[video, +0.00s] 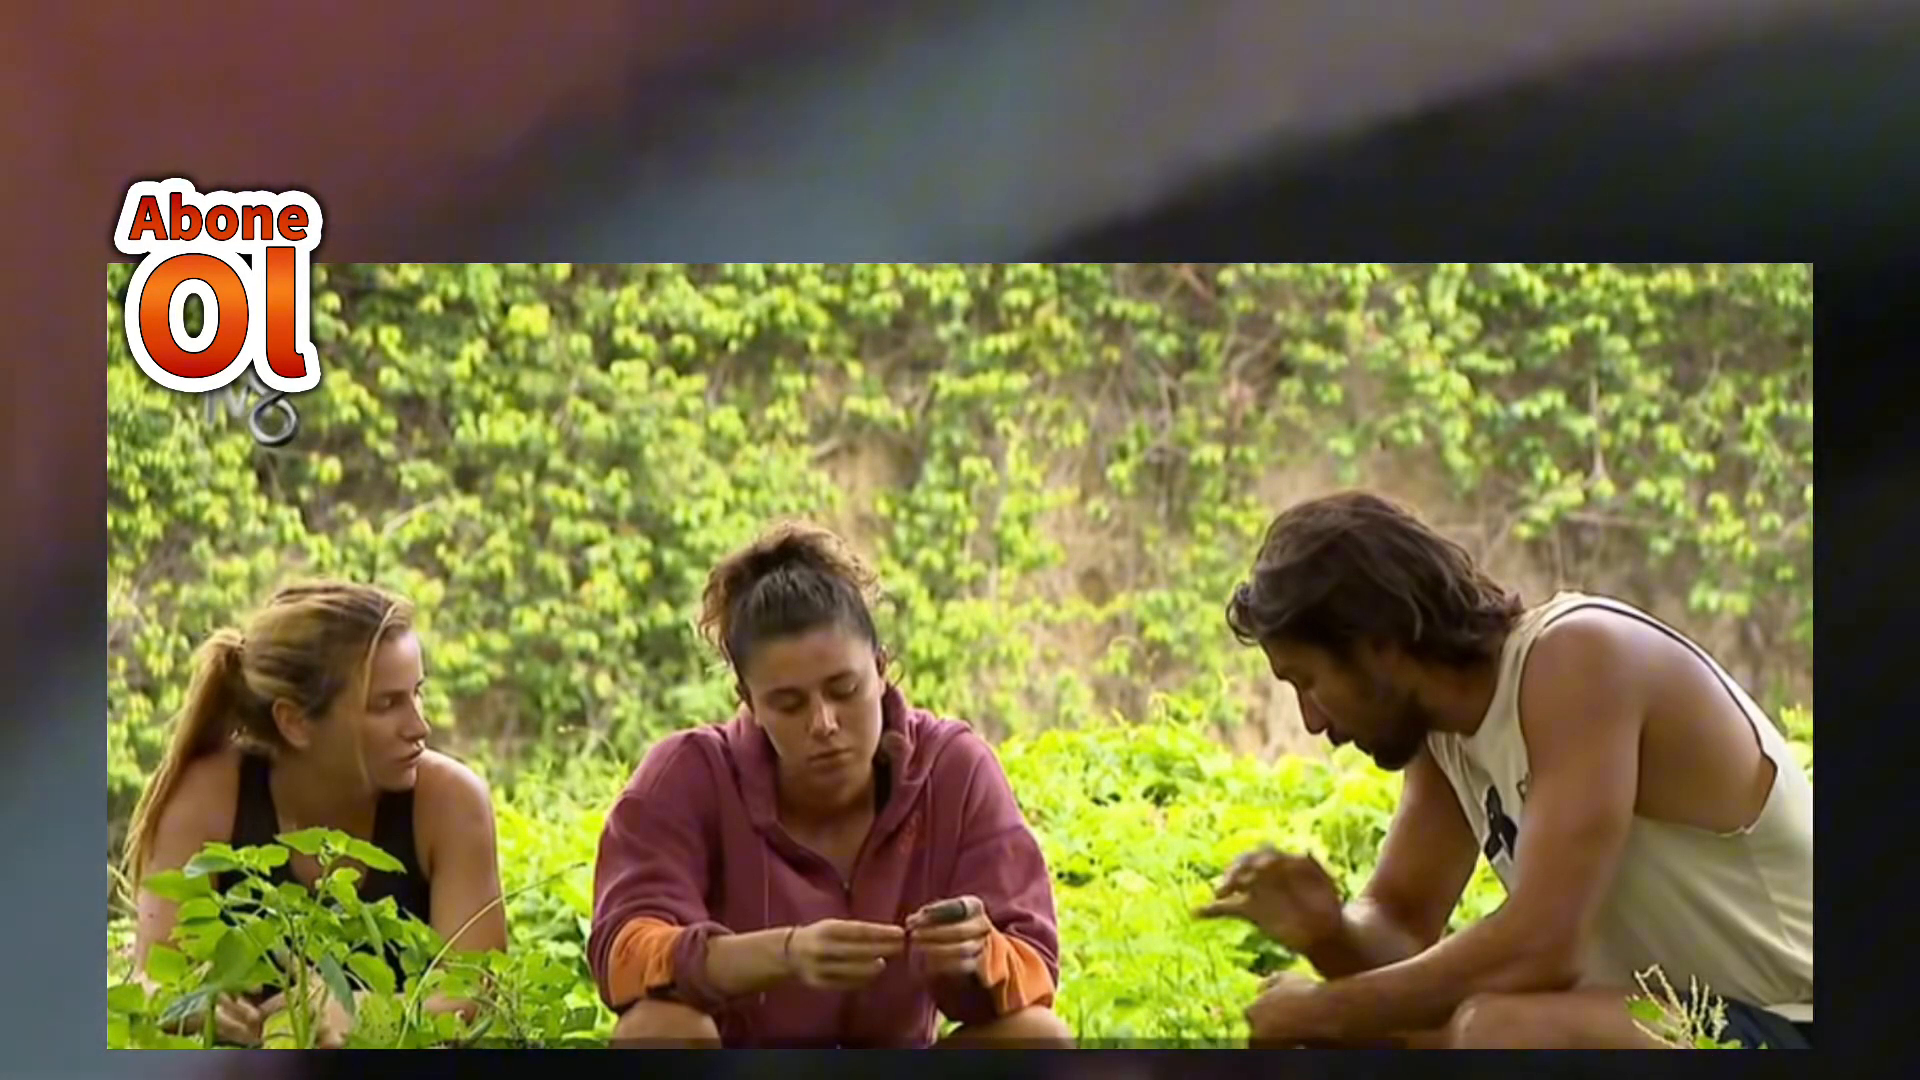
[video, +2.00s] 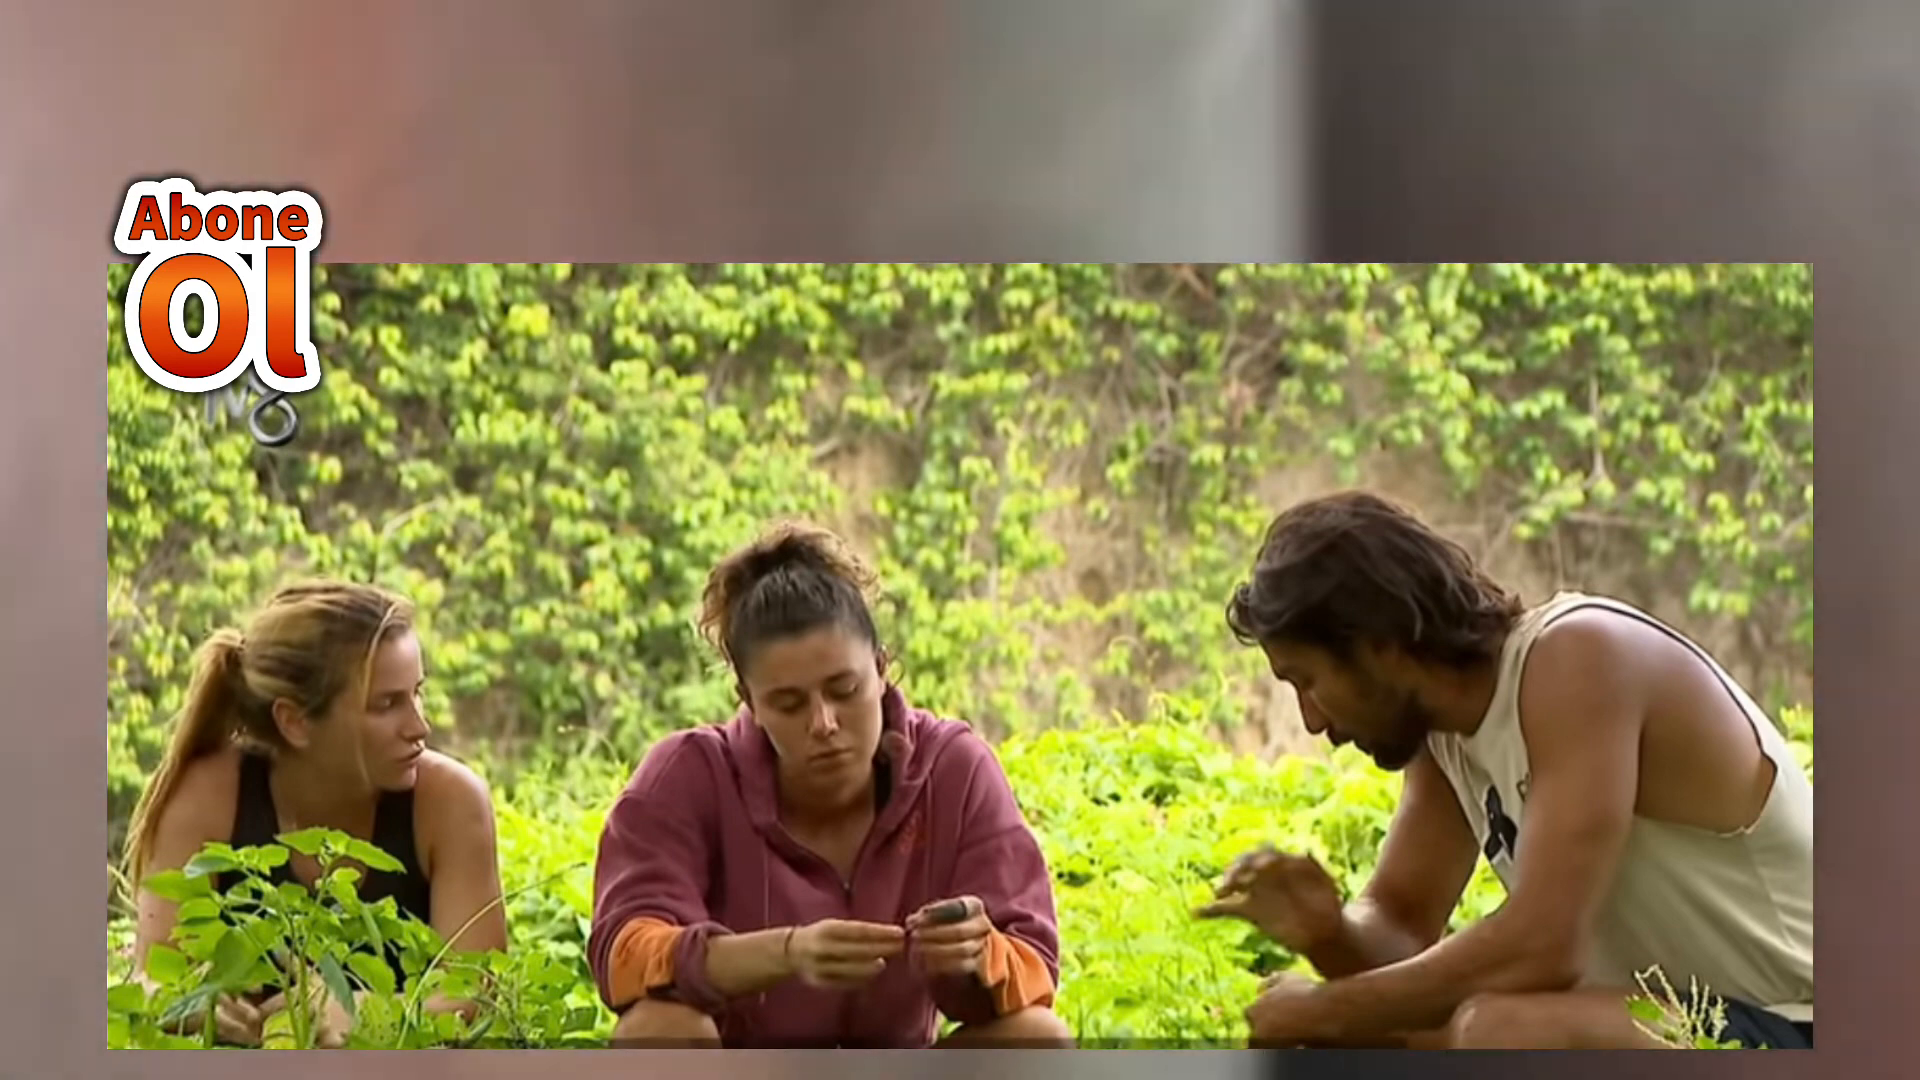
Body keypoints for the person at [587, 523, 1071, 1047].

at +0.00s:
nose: (824, 725)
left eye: (844, 690)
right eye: (789, 703)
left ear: (881, 670)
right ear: (747, 700)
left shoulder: (955, 766)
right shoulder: (687, 773)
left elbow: (1030, 971)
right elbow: (629, 957)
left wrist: (977, 953)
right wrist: (785, 953)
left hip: (897, 1053)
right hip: (739, 1056)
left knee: (1036, 1035)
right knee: (659, 1026)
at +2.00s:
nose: (824, 725)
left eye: (844, 690)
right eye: (789, 703)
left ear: (881, 670)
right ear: (747, 698)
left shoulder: (955, 766)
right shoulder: (687, 773)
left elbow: (1030, 970)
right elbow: (629, 957)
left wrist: (977, 954)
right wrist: (786, 952)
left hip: (898, 1062)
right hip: (739, 1063)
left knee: (1037, 1037)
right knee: (658, 1026)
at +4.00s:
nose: (824, 725)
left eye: (844, 690)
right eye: (789, 703)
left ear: (881, 670)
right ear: (747, 699)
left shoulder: (955, 766)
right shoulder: (687, 773)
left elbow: (1030, 970)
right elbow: (630, 957)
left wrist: (977, 953)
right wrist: (785, 953)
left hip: (897, 1061)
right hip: (739, 1062)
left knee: (1037, 1037)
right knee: (659, 1026)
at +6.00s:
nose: (824, 725)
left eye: (844, 690)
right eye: (789, 703)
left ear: (881, 670)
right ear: (747, 699)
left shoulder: (955, 766)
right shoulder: (687, 774)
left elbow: (1031, 969)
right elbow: (629, 957)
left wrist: (977, 954)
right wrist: (787, 951)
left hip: (900, 1054)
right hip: (740, 1056)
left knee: (1037, 1036)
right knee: (658, 1026)